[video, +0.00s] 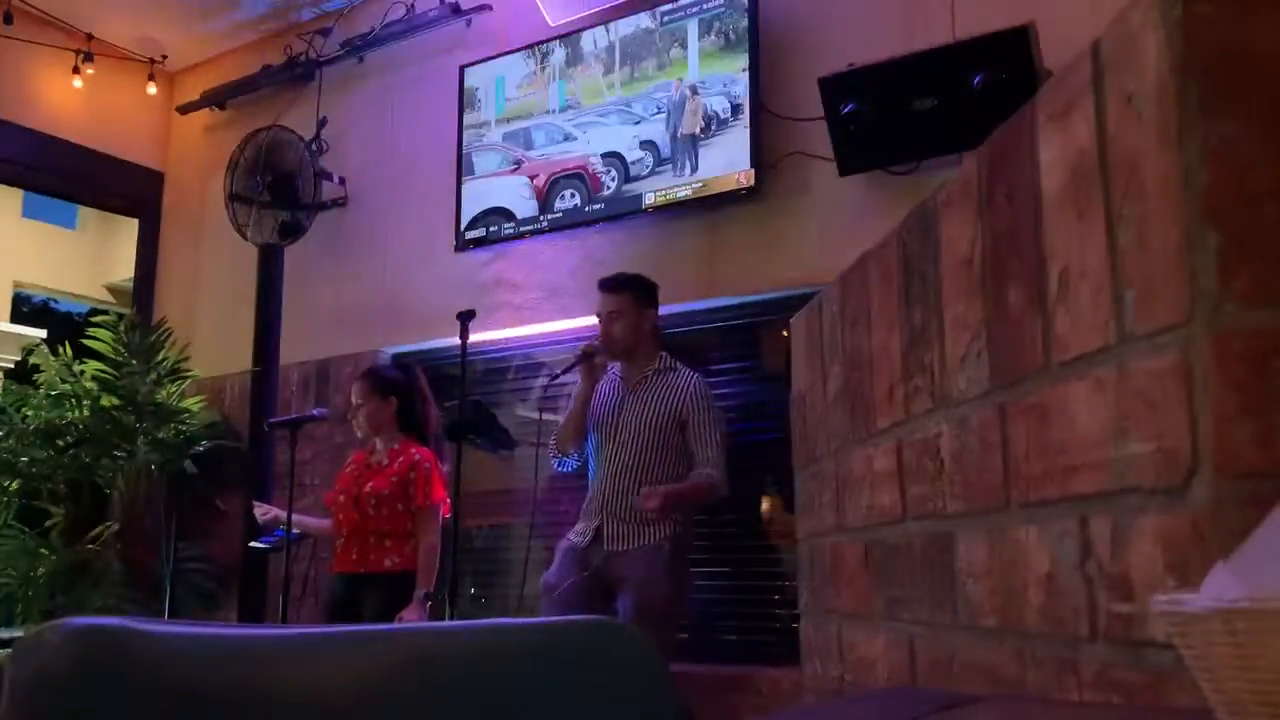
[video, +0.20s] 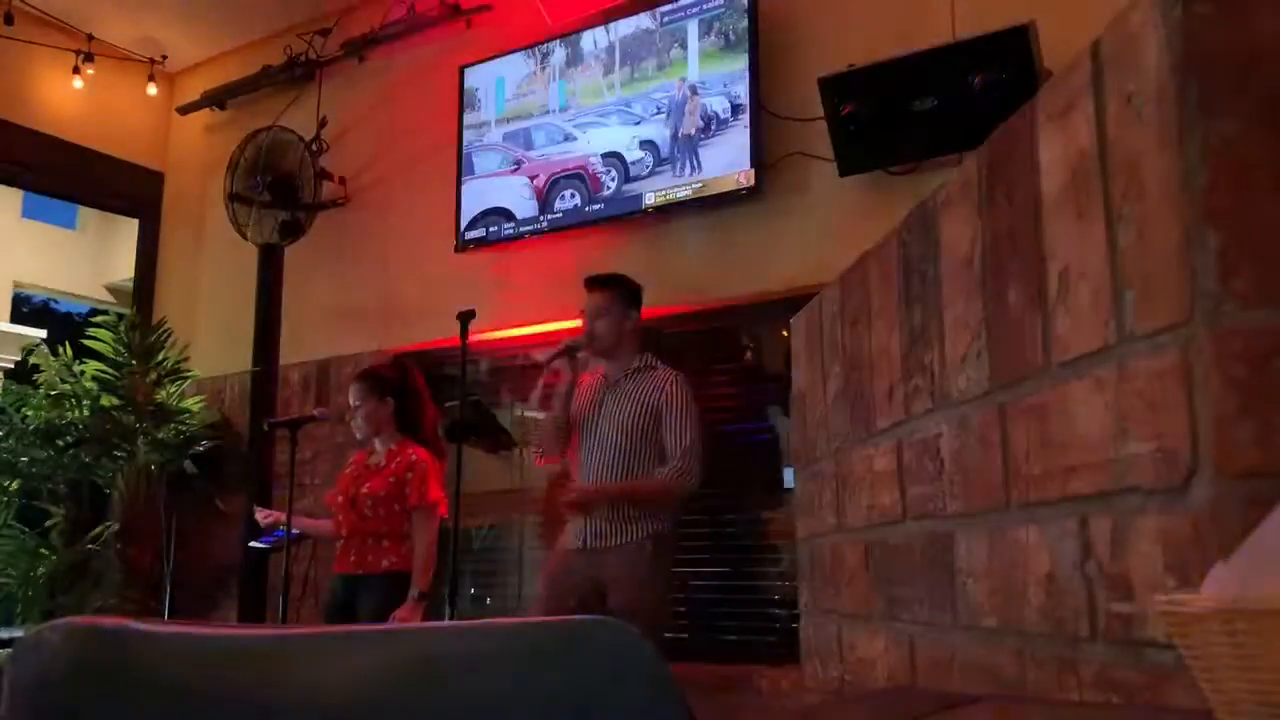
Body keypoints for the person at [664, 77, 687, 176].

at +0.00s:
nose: (675, 86)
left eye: (677, 84)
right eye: (674, 84)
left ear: (681, 85)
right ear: (673, 85)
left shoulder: (684, 96)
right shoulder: (669, 96)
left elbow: (686, 111)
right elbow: (668, 112)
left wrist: (684, 125)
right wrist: (667, 126)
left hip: (681, 124)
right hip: (672, 125)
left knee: (681, 147)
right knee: (673, 148)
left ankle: (681, 169)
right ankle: (674, 169)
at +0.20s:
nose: (678, 85)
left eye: (680, 83)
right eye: (677, 83)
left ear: (683, 84)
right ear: (676, 84)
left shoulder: (686, 96)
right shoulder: (672, 96)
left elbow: (687, 111)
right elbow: (668, 109)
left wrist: (685, 125)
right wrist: (666, 120)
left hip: (683, 124)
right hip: (673, 124)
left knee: (682, 148)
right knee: (671, 148)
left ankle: (681, 169)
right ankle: (673, 169)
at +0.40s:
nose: (679, 85)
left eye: (681, 83)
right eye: (679, 82)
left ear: (685, 84)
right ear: (678, 83)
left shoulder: (687, 96)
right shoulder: (673, 96)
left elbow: (689, 111)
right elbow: (668, 109)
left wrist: (687, 125)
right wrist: (663, 115)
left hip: (684, 125)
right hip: (674, 125)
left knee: (682, 148)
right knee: (672, 149)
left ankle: (682, 170)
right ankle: (671, 170)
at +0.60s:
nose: (681, 84)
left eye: (683, 83)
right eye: (681, 82)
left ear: (686, 84)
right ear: (679, 83)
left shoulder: (688, 97)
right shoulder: (674, 96)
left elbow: (691, 110)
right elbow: (668, 109)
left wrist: (690, 124)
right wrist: (659, 113)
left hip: (684, 123)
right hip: (674, 123)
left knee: (682, 147)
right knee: (671, 148)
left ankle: (682, 170)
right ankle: (669, 171)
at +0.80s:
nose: (681, 85)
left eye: (683, 83)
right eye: (680, 82)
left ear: (686, 84)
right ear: (678, 84)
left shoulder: (688, 97)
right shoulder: (673, 97)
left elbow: (690, 110)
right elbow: (668, 108)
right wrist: (660, 113)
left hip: (684, 124)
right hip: (674, 124)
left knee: (683, 148)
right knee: (671, 148)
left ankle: (682, 170)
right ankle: (668, 172)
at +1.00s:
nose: (680, 85)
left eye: (681, 83)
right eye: (679, 83)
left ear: (684, 84)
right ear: (677, 84)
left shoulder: (687, 96)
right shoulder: (672, 97)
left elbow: (690, 109)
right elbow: (667, 108)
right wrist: (660, 114)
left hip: (684, 124)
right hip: (674, 124)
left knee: (683, 149)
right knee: (672, 149)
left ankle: (682, 170)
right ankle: (671, 173)